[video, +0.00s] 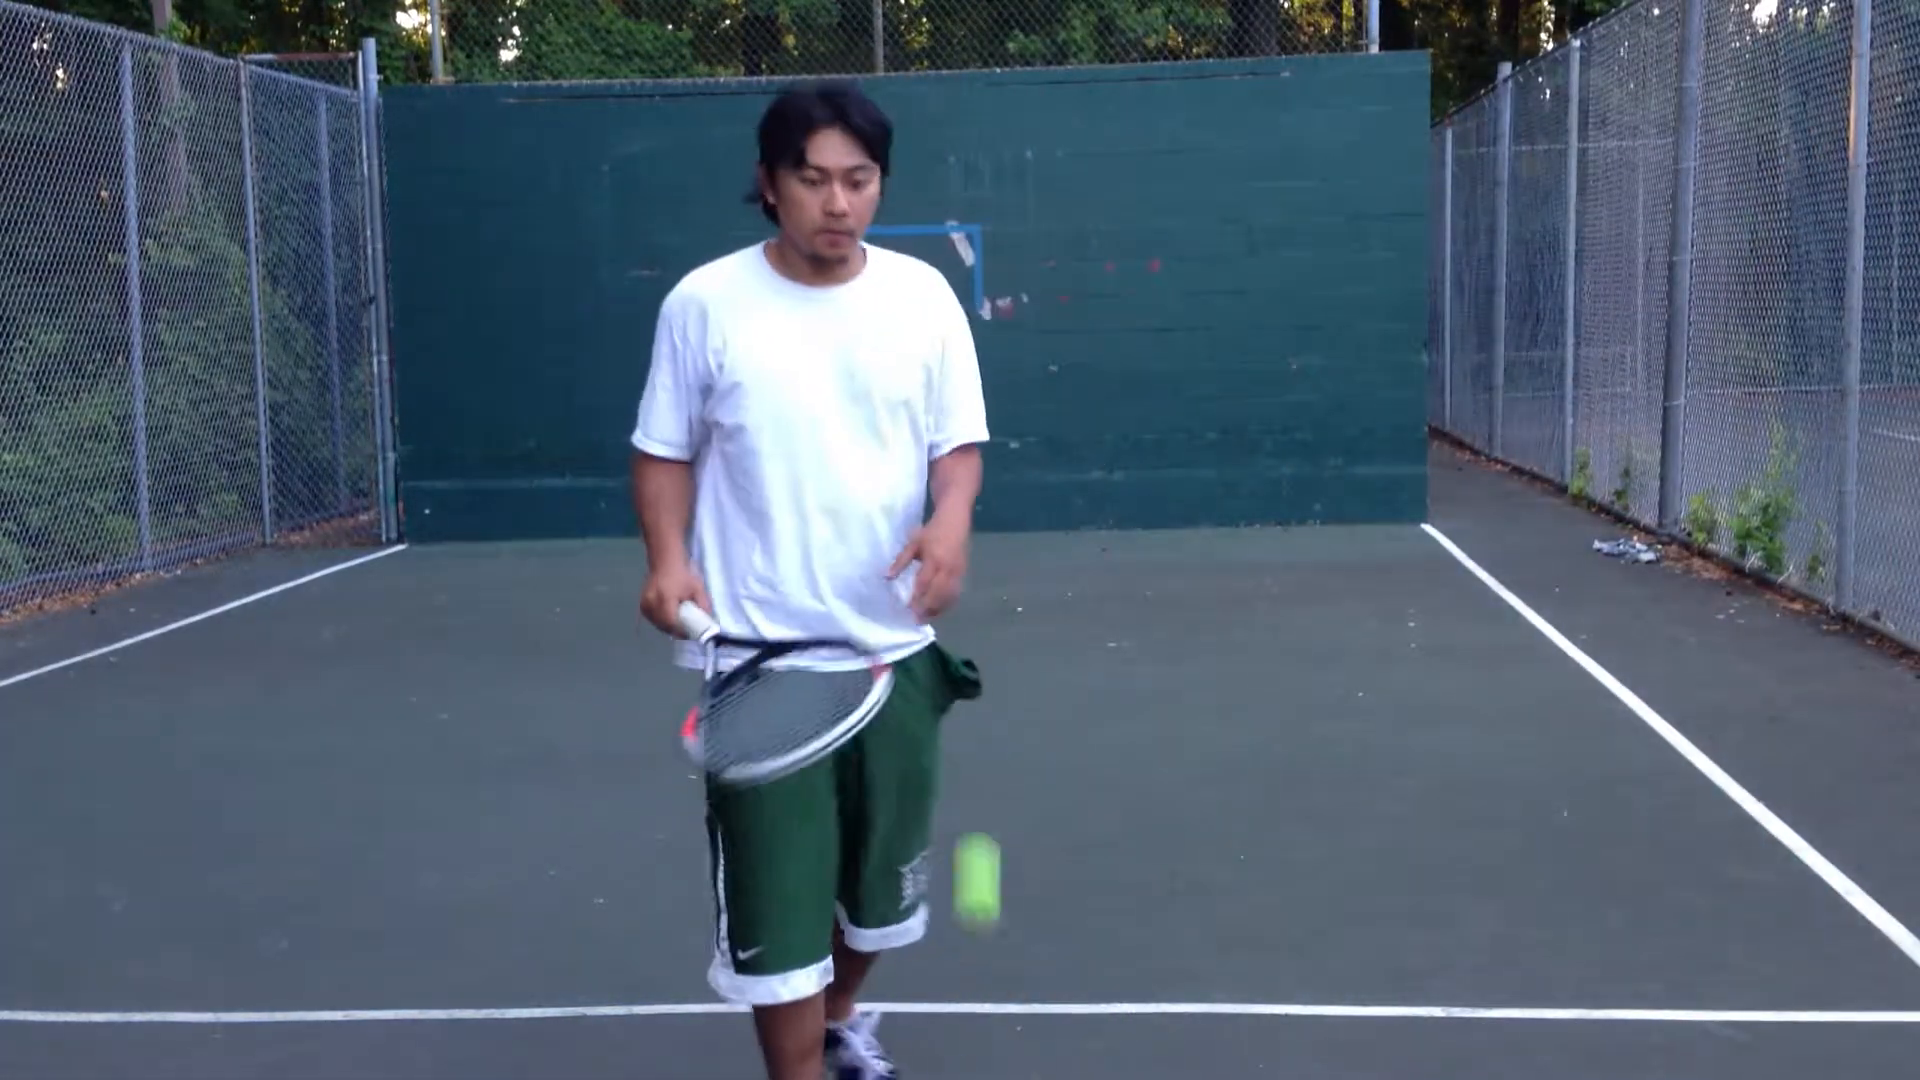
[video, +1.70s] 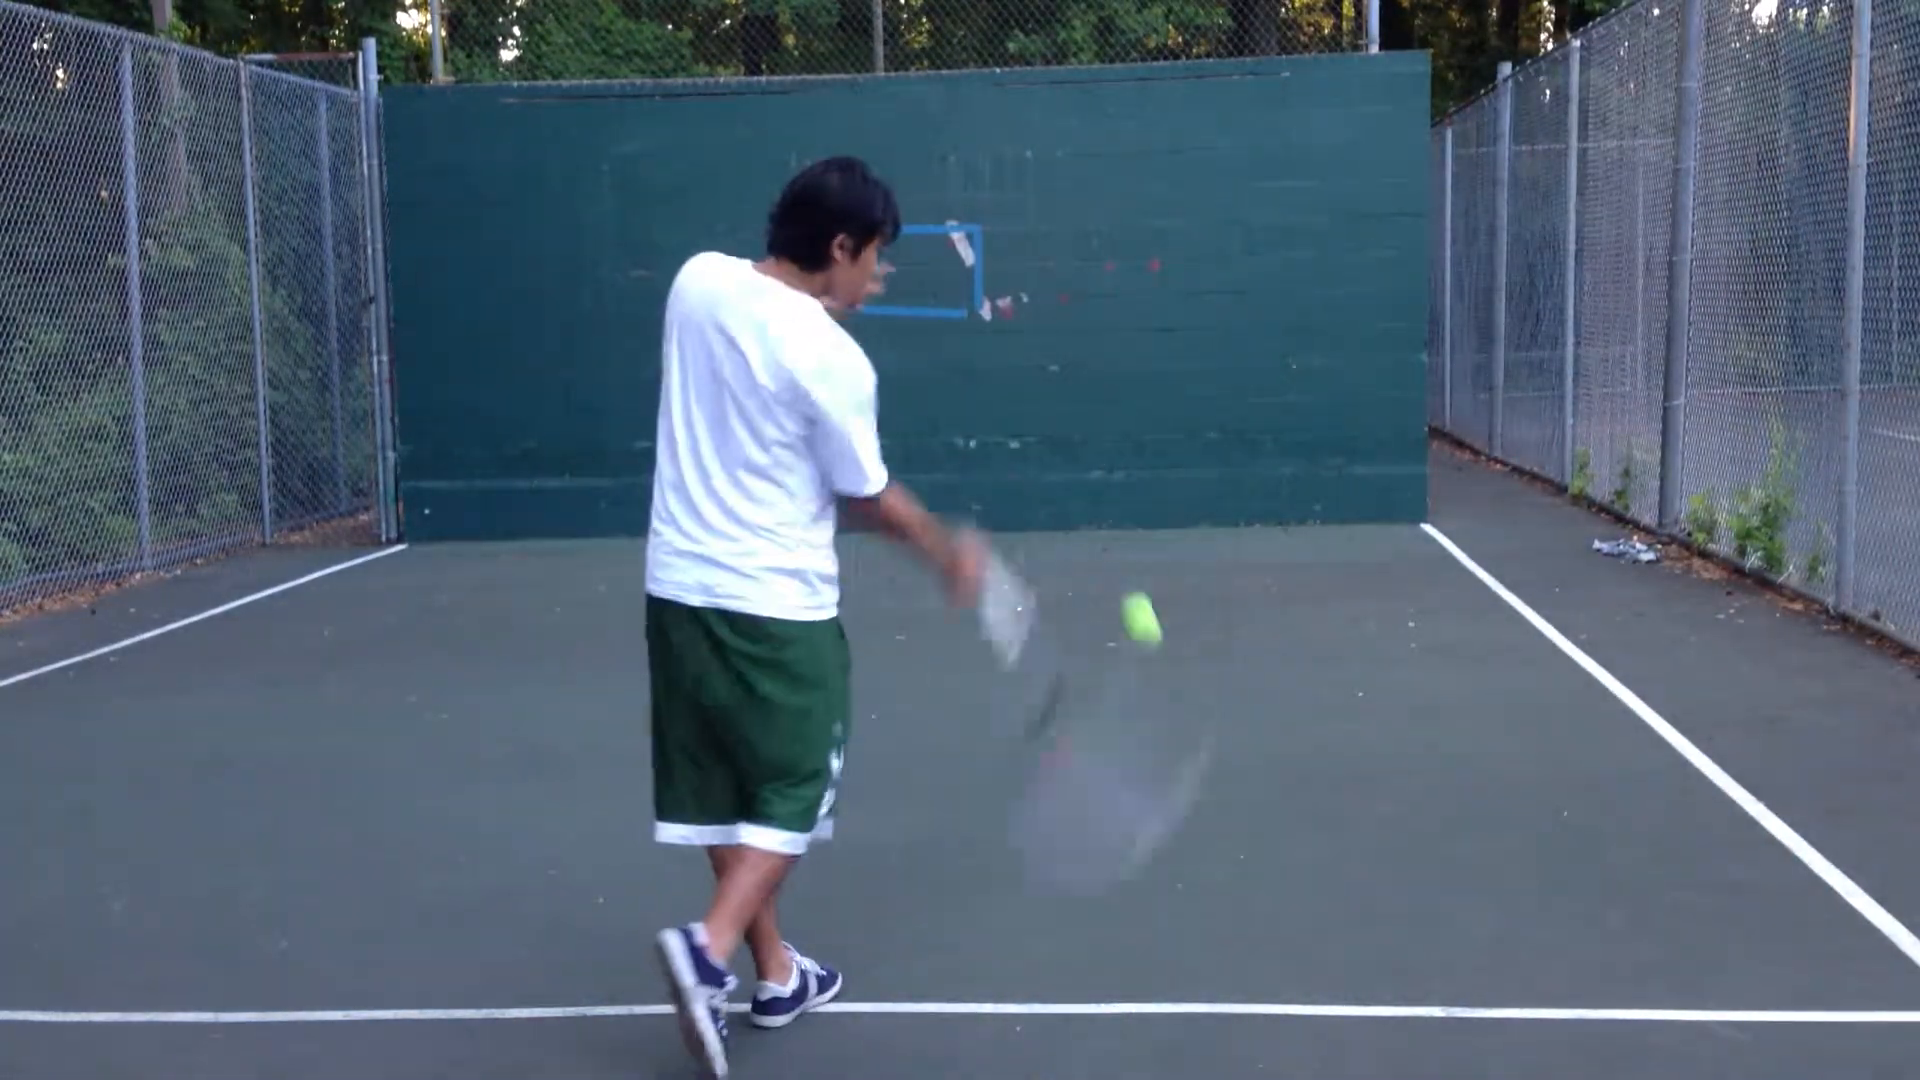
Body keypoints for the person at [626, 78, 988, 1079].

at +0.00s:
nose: (838, 201)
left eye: (856, 179)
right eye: (815, 180)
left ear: (879, 186)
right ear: (770, 187)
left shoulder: (923, 296)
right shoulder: (704, 304)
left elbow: (958, 439)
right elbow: (663, 451)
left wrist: (950, 526)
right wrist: (668, 557)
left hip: (893, 648)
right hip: (757, 654)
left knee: (879, 883)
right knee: (780, 912)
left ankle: (835, 1023)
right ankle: (797, 1076)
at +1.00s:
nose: (837, 249)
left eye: (836, 233)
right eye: (829, 234)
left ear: (772, 235)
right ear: (781, 237)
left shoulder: (794, 317)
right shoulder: (648, 324)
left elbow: (798, 455)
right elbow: (576, 457)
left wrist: (833, 556)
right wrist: (592, 580)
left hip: (766, 620)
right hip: (661, 630)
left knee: (774, 807)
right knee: (657, 841)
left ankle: (720, 984)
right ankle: (652, 1033)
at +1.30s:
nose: (862, 269)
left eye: (864, 253)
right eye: (859, 252)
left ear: (810, 245)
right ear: (824, 247)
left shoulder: (792, 331)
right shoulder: (713, 326)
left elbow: (833, 443)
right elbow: (630, 444)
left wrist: (932, 490)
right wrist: (619, 533)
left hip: (730, 618)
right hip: (674, 619)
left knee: (736, 807)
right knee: (672, 833)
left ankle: (776, 976)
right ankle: (652, 1036)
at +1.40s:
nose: (871, 277)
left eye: (875, 261)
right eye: (871, 260)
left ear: (811, 246)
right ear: (834, 254)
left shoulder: (780, 323)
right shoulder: (749, 330)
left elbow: (838, 408)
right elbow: (681, 453)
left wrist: (945, 425)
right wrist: (680, 555)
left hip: (725, 613)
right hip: (697, 618)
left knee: (721, 810)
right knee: (691, 828)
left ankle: (773, 976)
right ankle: (655, 1032)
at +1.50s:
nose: (876, 276)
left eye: (880, 260)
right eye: (875, 259)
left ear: (808, 242)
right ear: (838, 252)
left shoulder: (735, 291)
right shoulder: (779, 344)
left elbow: (796, 376)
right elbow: (748, 487)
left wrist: (904, 364)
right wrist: (767, 605)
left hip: (673, 591)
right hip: (728, 607)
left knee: (721, 803)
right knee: (734, 820)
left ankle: (776, 976)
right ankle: (660, 1017)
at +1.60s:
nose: (874, 271)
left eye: (877, 255)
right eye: (871, 256)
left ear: (792, 242)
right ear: (836, 252)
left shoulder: (712, 278)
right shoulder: (812, 362)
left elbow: (779, 324)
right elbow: (823, 521)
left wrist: (871, 323)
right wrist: (883, 629)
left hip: (669, 587)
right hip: (754, 606)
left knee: (729, 796)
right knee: (771, 802)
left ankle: (774, 976)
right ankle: (680, 971)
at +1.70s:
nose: (878, 278)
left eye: (882, 261)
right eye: (876, 259)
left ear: (788, 235)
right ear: (836, 248)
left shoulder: (698, 280)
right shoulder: (833, 358)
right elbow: (867, 496)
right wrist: (947, 549)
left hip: (679, 589)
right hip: (777, 601)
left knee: (718, 795)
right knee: (796, 793)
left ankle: (776, 975)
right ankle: (709, 949)